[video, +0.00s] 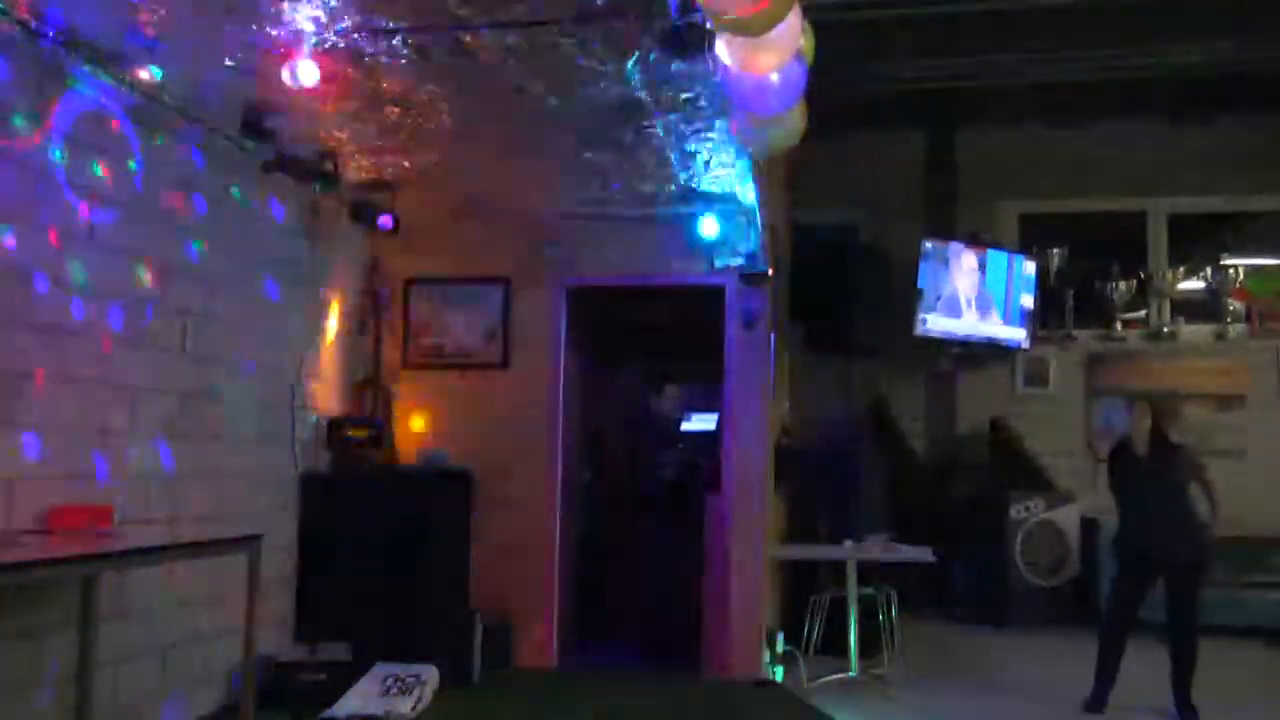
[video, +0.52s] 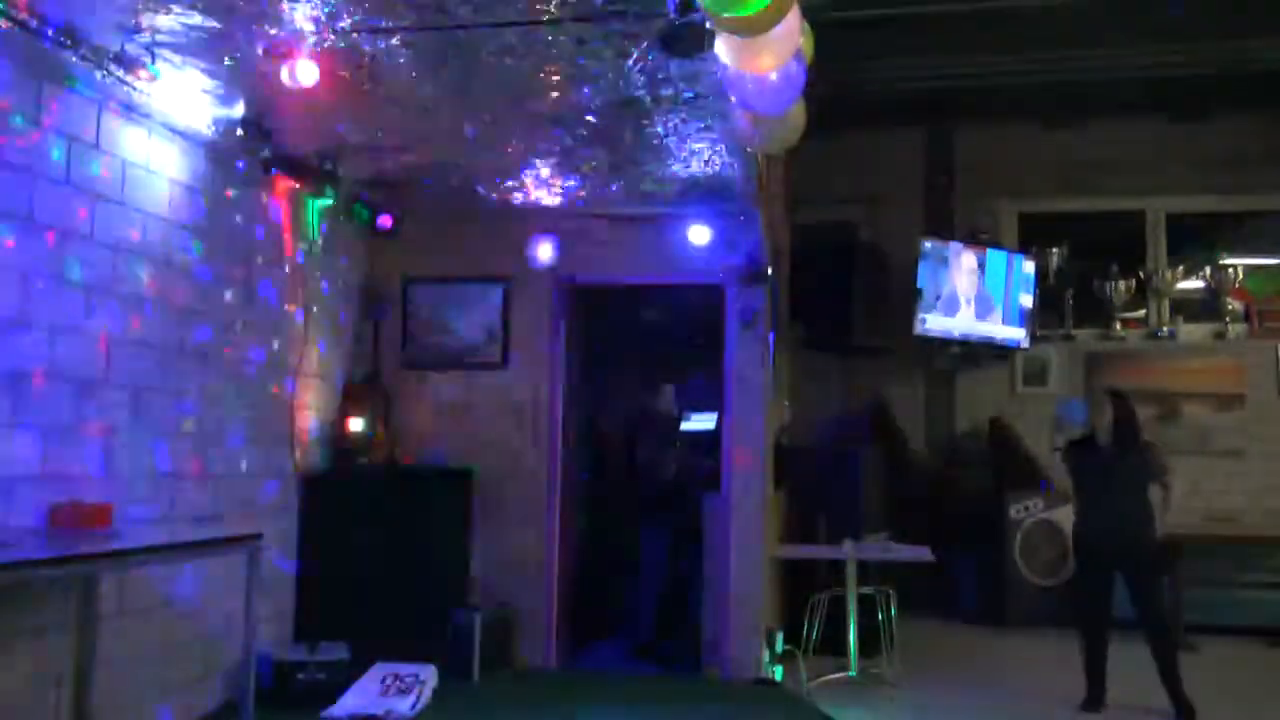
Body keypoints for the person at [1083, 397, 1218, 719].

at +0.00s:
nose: (1138, 423)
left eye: (1144, 417)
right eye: (1134, 417)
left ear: (1156, 422)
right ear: (1126, 421)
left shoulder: (1177, 455)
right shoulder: (1120, 456)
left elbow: (1205, 486)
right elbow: (1121, 499)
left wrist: (1215, 519)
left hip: (1182, 549)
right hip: (1138, 551)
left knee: (1182, 628)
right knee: (1116, 622)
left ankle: (1183, 701)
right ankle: (1099, 695)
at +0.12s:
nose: (1128, 423)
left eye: (1134, 416)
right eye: (1124, 416)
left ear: (1147, 420)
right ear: (1116, 422)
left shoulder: (1169, 454)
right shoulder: (1110, 457)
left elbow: (1197, 494)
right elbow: (1113, 500)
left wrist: (1197, 526)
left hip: (1173, 549)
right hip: (1131, 550)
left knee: (1179, 626)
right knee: (1112, 619)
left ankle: (1183, 700)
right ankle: (1097, 694)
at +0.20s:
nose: (1118, 422)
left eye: (1125, 414)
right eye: (1114, 415)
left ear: (1139, 419)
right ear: (1108, 422)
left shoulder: (1160, 450)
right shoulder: (1102, 455)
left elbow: (1189, 485)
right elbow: (1109, 497)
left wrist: (1195, 523)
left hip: (1165, 548)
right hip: (1124, 550)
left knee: (1174, 626)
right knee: (1107, 622)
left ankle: (1181, 698)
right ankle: (1096, 695)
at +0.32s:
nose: (1109, 418)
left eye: (1115, 411)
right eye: (1104, 411)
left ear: (1129, 415)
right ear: (1096, 417)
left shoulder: (1149, 449)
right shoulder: (1089, 454)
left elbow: (1179, 483)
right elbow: (1090, 496)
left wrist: (1179, 520)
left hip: (1155, 544)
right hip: (1107, 546)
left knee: (1168, 623)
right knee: (1100, 623)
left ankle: (1178, 695)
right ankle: (1095, 695)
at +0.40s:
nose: (1105, 417)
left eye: (1111, 410)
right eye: (1099, 411)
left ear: (1123, 414)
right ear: (1091, 416)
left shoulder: (1142, 448)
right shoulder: (1084, 452)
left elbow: (1168, 477)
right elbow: (1093, 493)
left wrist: (1174, 493)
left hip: (1146, 545)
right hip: (1102, 546)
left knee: (1163, 624)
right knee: (1097, 623)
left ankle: (1177, 696)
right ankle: (1095, 695)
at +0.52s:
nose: (1103, 420)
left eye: (1109, 413)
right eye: (1098, 412)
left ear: (1121, 417)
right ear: (1090, 416)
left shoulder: (1140, 450)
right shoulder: (1077, 450)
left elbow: (1165, 486)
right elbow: (1073, 492)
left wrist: (1162, 525)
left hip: (1137, 543)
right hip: (1093, 545)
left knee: (1155, 621)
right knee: (1093, 622)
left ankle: (1178, 698)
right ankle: (1094, 695)